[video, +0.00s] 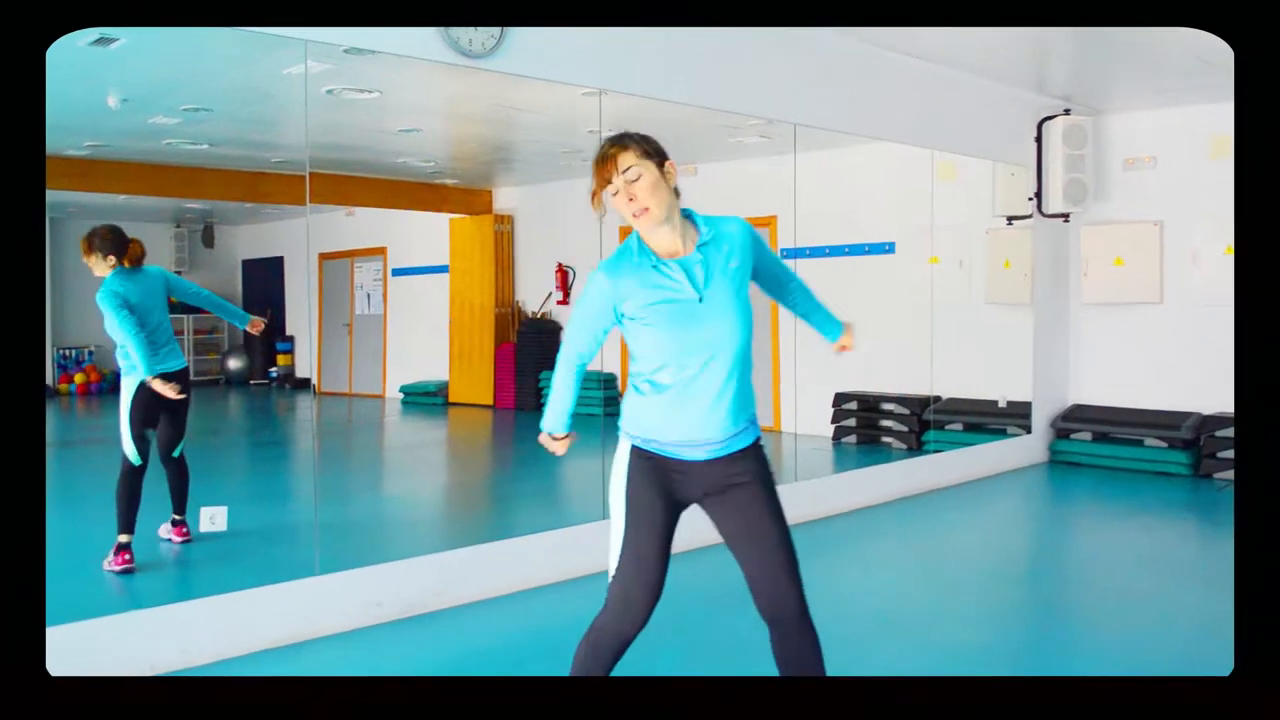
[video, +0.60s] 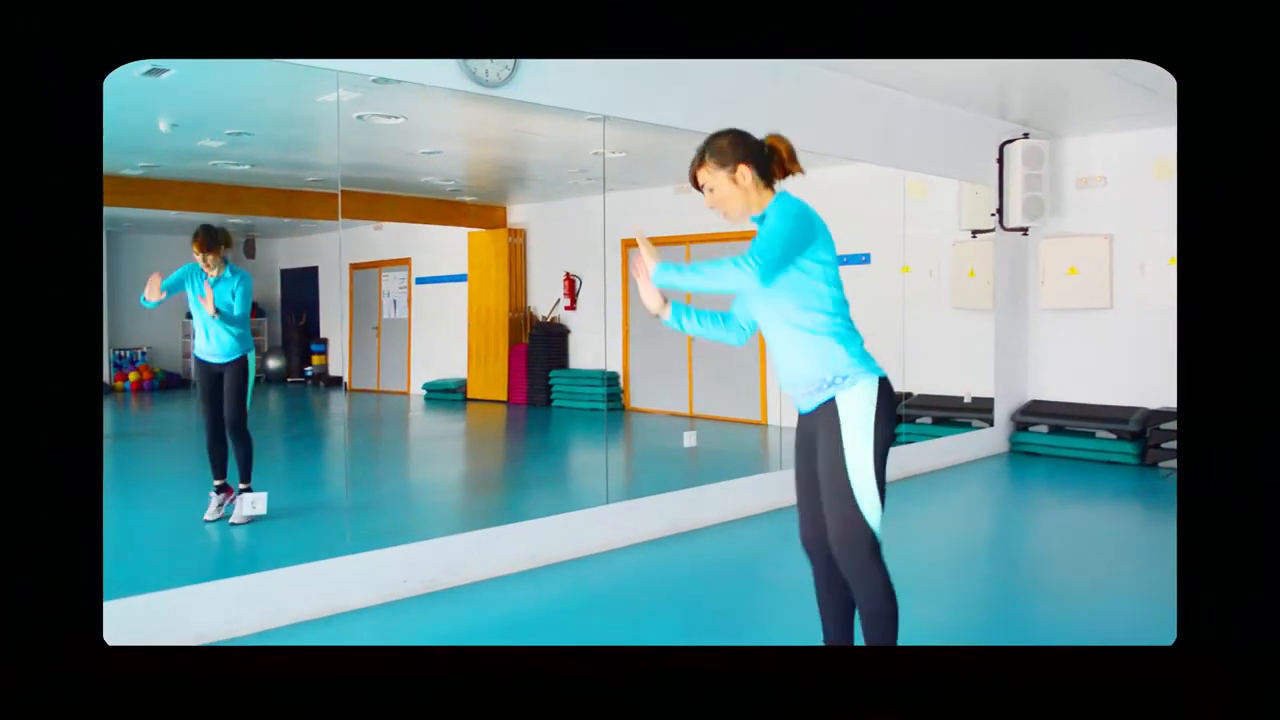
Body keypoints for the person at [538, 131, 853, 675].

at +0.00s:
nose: (627, 196)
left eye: (634, 177)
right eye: (615, 191)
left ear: (670, 172)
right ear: (611, 205)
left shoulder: (737, 239)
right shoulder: (613, 276)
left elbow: (785, 285)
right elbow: (575, 350)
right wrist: (555, 420)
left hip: (734, 461)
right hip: (649, 464)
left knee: (786, 608)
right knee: (631, 603)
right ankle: (578, 676)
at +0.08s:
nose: (629, 196)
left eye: (635, 177)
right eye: (622, 187)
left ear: (678, 169)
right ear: (626, 200)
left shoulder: (762, 229)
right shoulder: (637, 268)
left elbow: (831, 262)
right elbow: (614, 336)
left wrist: (887, 300)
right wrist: (615, 397)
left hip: (771, 448)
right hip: (685, 453)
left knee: (809, 607)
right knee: (657, 595)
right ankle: (611, 670)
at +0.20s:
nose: (653, 184)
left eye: (658, 167)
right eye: (650, 170)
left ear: (697, 160)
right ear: (692, 164)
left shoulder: (789, 220)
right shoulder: (672, 249)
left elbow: (874, 239)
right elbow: (719, 310)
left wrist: (932, 292)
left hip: (800, 435)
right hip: (718, 441)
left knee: (822, 592)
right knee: (710, 598)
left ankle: (844, 684)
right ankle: (718, 675)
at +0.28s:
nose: (670, 180)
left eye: (676, 164)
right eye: (668, 167)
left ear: (714, 160)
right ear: (710, 163)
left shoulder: (798, 222)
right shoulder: (696, 244)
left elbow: (885, 254)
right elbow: (728, 322)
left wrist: (939, 340)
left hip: (813, 429)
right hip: (739, 436)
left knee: (829, 591)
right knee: (748, 591)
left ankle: (869, 671)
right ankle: (791, 667)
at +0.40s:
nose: (698, 214)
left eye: (704, 198)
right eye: (697, 200)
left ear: (740, 194)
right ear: (737, 197)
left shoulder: (811, 261)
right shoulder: (739, 275)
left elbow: (891, 338)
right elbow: (775, 372)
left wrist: (879, 428)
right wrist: (750, 440)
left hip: (833, 456)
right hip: (777, 464)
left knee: (812, 613)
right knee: (775, 608)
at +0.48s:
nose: (712, 230)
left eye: (718, 216)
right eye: (710, 218)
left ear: (754, 212)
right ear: (750, 216)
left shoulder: (808, 268)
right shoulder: (762, 286)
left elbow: (854, 356)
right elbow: (777, 385)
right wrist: (716, 422)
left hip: (845, 453)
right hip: (800, 460)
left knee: (817, 607)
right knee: (783, 600)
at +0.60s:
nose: (709, 203)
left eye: (709, 187)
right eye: (703, 192)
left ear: (743, 173)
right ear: (742, 178)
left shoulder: (792, 213)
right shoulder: (765, 246)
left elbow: (752, 271)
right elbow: (739, 329)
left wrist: (660, 271)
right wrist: (666, 309)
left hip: (853, 397)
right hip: (815, 408)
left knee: (853, 545)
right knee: (819, 543)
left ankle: (882, 645)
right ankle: (839, 645)